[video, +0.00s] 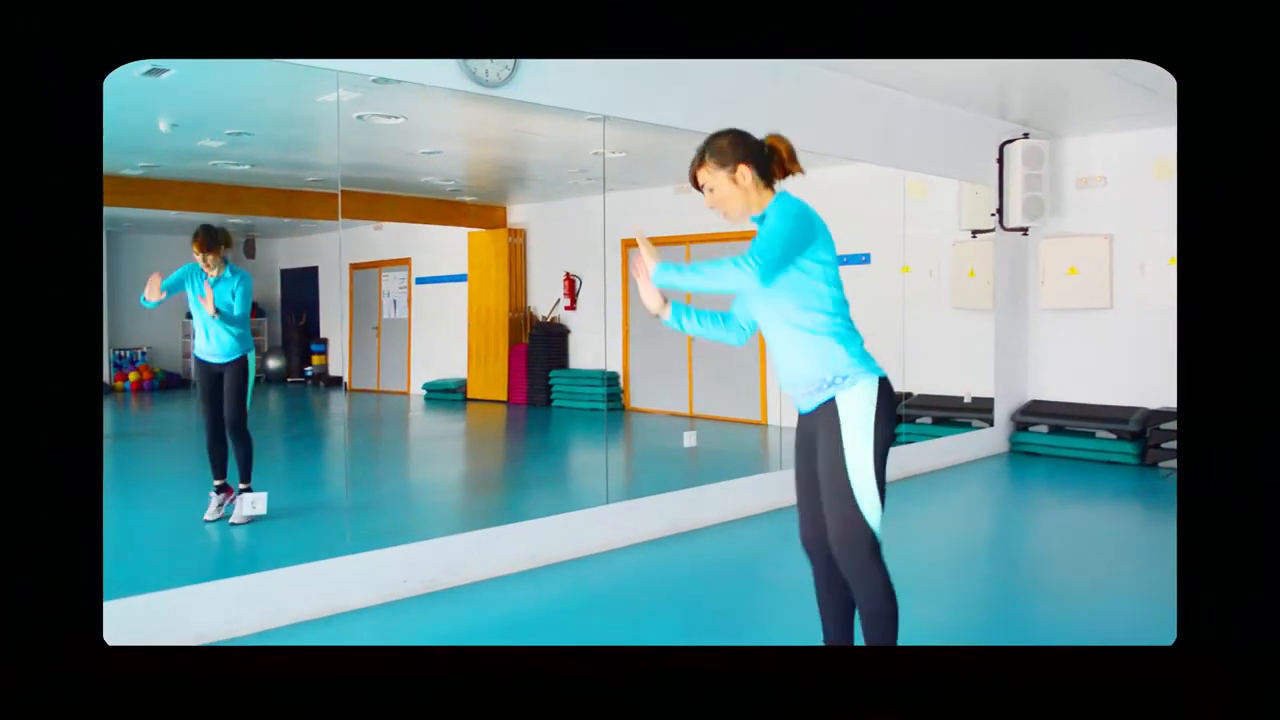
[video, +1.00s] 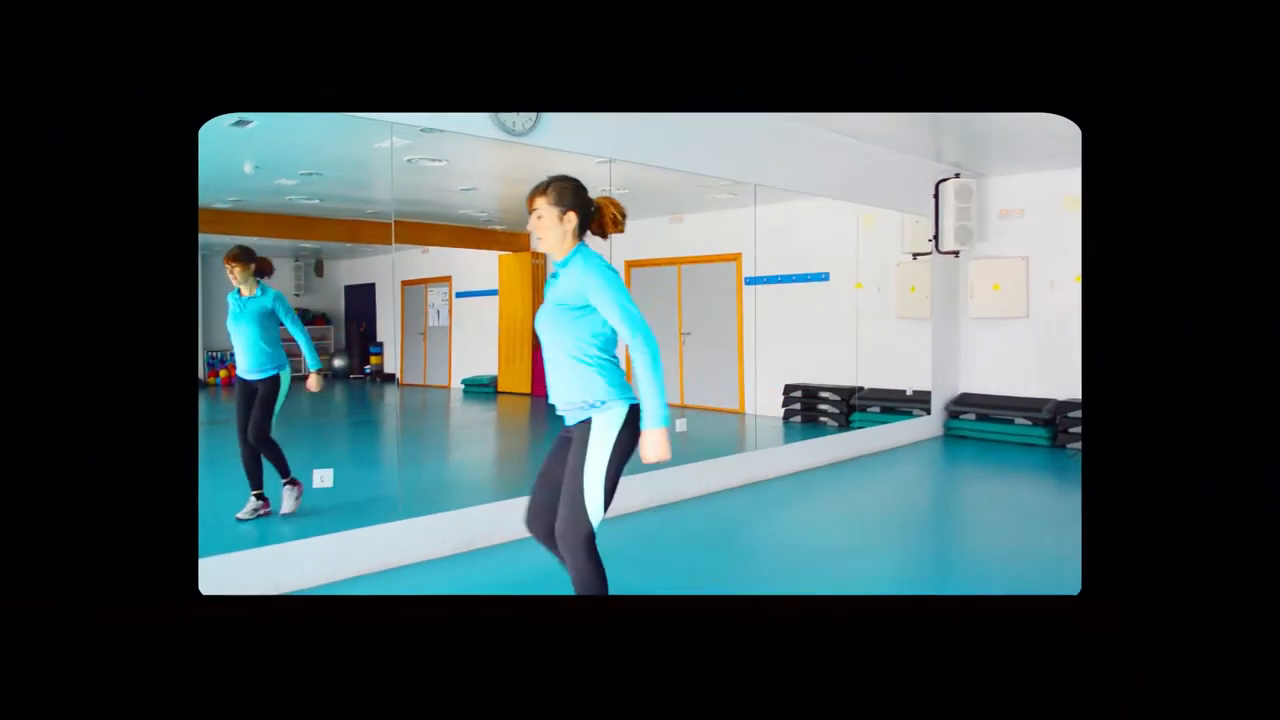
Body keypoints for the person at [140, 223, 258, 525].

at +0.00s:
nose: (205, 261)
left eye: (209, 255)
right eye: (200, 256)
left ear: (223, 250)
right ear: (195, 253)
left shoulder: (240, 279)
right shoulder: (189, 273)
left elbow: (242, 323)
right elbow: (152, 299)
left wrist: (214, 312)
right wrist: (149, 295)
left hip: (237, 358)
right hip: (205, 359)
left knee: (235, 423)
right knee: (213, 425)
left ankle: (245, 493)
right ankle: (221, 490)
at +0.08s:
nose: (208, 255)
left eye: (213, 249)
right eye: (205, 249)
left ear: (226, 245)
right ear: (202, 247)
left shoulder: (245, 267)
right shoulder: (196, 261)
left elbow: (245, 302)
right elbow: (151, 278)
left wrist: (216, 282)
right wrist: (161, 269)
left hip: (247, 348)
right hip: (215, 349)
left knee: (247, 414)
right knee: (222, 414)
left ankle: (252, 480)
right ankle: (228, 478)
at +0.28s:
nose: (231, 278)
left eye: (235, 273)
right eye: (227, 273)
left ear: (246, 269)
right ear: (223, 273)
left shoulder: (263, 289)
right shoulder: (222, 290)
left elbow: (262, 281)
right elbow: (198, 276)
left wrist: (241, 261)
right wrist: (193, 257)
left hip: (267, 367)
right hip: (238, 369)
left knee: (269, 427)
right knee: (250, 429)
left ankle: (279, 486)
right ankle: (262, 483)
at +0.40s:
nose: (241, 286)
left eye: (244, 280)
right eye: (236, 281)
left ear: (256, 274)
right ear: (233, 279)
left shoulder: (274, 289)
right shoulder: (231, 292)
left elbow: (283, 305)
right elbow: (210, 298)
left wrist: (262, 308)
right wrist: (194, 302)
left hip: (278, 369)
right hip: (247, 371)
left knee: (279, 427)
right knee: (251, 433)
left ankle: (287, 482)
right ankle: (267, 476)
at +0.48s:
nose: (242, 281)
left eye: (246, 275)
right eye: (238, 276)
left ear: (260, 269)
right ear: (234, 274)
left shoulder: (280, 291)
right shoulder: (232, 291)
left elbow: (297, 326)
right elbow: (206, 317)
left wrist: (287, 357)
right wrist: (186, 346)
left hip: (282, 366)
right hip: (251, 368)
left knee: (286, 423)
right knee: (247, 428)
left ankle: (293, 479)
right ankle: (262, 478)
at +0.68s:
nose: (243, 295)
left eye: (247, 290)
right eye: (240, 291)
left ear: (263, 288)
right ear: (238, 292)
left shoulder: (287, 313)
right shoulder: (236, 317)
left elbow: (308, 334)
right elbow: (230, 345)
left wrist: (321, 353)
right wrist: (227, 368)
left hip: (289, 386)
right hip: (256, 388)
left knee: (296, 432)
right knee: (240, 433)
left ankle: (304, 479)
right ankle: (237, 502)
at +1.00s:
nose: (230, 274)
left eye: (234, 268)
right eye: (228, 269)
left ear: (251, 267)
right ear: (229, 272)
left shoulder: (273, 298)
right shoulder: (233, 298)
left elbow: (298, 331)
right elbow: (238, 334)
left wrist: (314, 368)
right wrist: (243, 361)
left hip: (273, 375)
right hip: (245, 377)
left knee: (258, 434)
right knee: (245, 437)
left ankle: (291, 484)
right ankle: (258, 498)